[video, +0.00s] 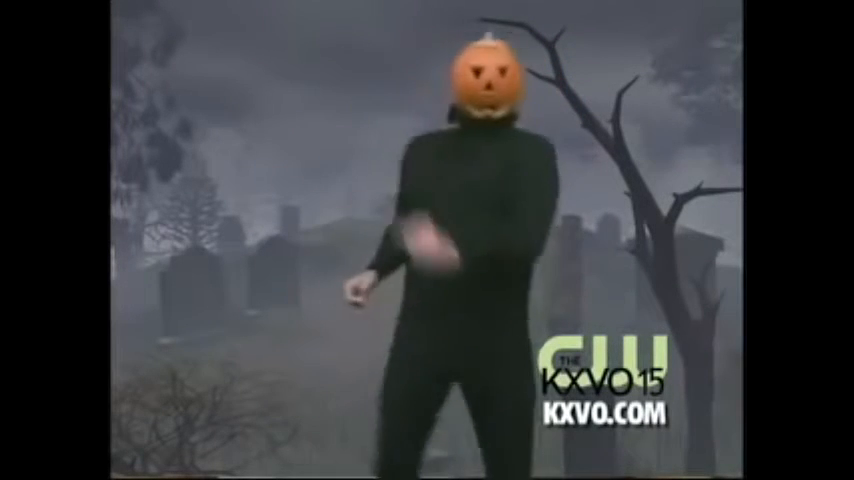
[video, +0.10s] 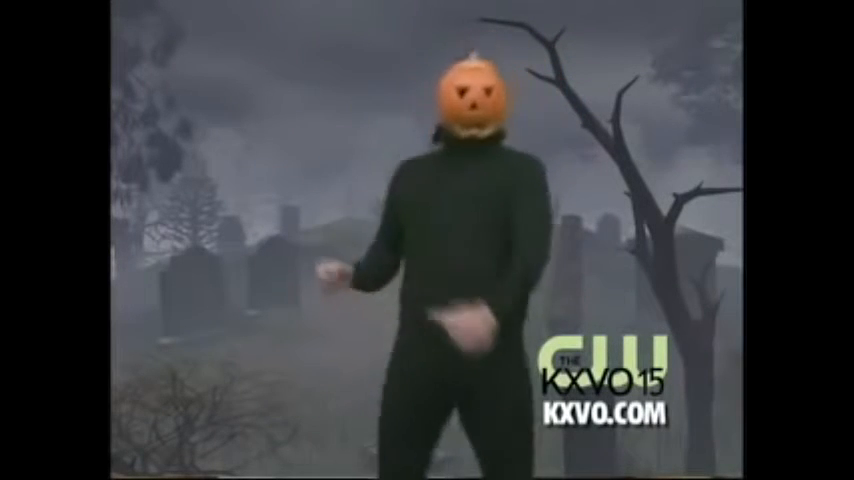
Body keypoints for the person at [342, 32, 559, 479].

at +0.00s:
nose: (488, 79)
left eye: (502, 70)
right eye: (476, 69)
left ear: (518, 84)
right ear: (456, 82)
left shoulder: (533, 153)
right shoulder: (424, 149)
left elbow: (526, 240)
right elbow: (407, 226)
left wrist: (460, 251)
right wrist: (375, 269)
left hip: (498, 338)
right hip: (423, 335)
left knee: (510, 468)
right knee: (394, 464)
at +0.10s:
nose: (474, 98)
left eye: (487, 90)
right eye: (461, 89)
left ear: (502, 103)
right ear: (442, 103)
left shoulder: (523, 172)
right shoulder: (412, 174)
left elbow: (530, 255)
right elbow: (386, 253)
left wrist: (493, 310)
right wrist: (355, 276)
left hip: (495, 357)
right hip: (420, 353)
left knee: (509, 470)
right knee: (398, 468)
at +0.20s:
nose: (460, 114)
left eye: (472, 106)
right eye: (448, 105)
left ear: (488, 118)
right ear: (426, 117)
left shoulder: (510, 190)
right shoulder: (398, 188)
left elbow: (534, 279)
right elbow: (366, 286)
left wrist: (514, 313)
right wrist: (348, 248)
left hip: (494, 372)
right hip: (418, 369)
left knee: (518, 471)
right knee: (380, 471)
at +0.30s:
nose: (444, 111)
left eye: (456, 103)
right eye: (430, 102)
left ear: (473, 119)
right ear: (411, 119)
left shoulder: (498, 189)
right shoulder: (388, 189)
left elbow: (527, 286)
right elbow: (366, 286)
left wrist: (526, 260)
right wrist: (362, 201)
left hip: (485, 371)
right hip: (410, 371)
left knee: (512, 471)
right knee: (380, 473)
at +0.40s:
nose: (431, 85)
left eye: (443, 76)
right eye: (418, 76)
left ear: (459, 91)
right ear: (400, 93)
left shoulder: (484, 160)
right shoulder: (376, 163)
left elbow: (515, 244)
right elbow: (380, 238)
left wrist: (508, 199)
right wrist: (401, 173)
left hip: (469, 345)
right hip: (397, 349)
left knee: (502, 469)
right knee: (383, 471)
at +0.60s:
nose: (409, 91)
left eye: (420, 82)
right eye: (396, 82)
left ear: (437, 93)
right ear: (376, 96)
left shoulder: (463, 158)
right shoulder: (358, 165)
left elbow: (516, 204)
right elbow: (373, 240)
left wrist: (544, 205)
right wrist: (445, 209)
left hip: (450, 342)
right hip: (384, 347)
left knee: (475, 467)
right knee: (382, 469)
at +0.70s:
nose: (415, 143)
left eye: (423, 132)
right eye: (406, 136)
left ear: (438, 124)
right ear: (383, 128)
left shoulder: (450, 167)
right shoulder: (355, 184)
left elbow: (527, 203)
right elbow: (359, 281)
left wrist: (558, 153)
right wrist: (429, 242)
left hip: (437, 346)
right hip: (377, 356)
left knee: (518, 454)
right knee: (376, 471)